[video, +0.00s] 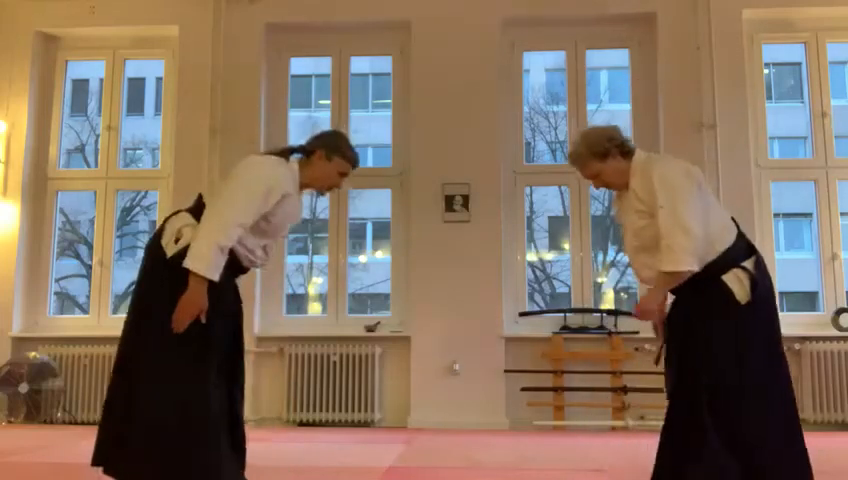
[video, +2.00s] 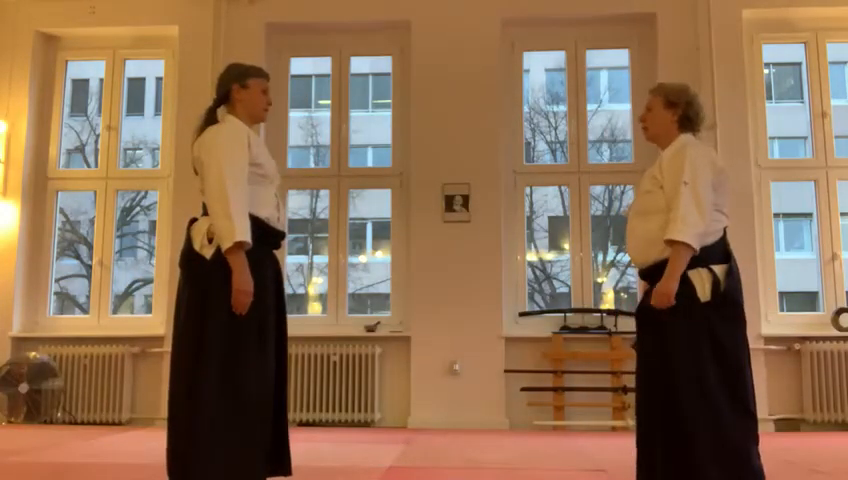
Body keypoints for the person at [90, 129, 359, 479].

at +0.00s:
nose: (339, 183)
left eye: (344, 178)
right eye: (340, 173)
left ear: (318, 159)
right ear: (318, 156)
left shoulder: (286, 187)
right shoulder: (269, 171)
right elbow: (222, 217)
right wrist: (197, 284)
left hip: (215, 267)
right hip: (189, 259)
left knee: (213, 368)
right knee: (192, 366)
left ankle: (208, 464)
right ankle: (185, 465)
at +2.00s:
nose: (269, 99)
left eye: (269, 92)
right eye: (262, 92)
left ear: (246, 97)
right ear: (236, 94)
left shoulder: (246, 136)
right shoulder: (226, 133)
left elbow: (245, 202)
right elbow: (223, 198)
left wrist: (265, 256)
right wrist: (239, 264)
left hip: (249, 256)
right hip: (230, 259)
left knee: (246, 366)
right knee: (230, 366)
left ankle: (242, 463)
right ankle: (225, 465)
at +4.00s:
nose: (273, 102)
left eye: (274, 94)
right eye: (267, 93)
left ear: (243, 96)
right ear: (240, 92)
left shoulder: (223, 133)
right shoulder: (238, 134)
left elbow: (254, 193)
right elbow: (262, 189)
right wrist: (324, 200)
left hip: (214, 249)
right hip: (234, 255)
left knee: (217, 359)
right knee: (238, 360)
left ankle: (214, 463)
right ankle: (236, 464)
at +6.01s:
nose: (160, 118)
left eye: (162, 111)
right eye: (154, 109)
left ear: (145, 115)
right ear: (127, 108)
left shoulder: (151, 168)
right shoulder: (95, 154)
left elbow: (156, 228)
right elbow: (91, 219)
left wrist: (174, 287)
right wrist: (145, 262)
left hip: (138, 280)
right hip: (93, 277)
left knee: (144, 382)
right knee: (87, 382)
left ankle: (139, 468)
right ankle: (81, 468)